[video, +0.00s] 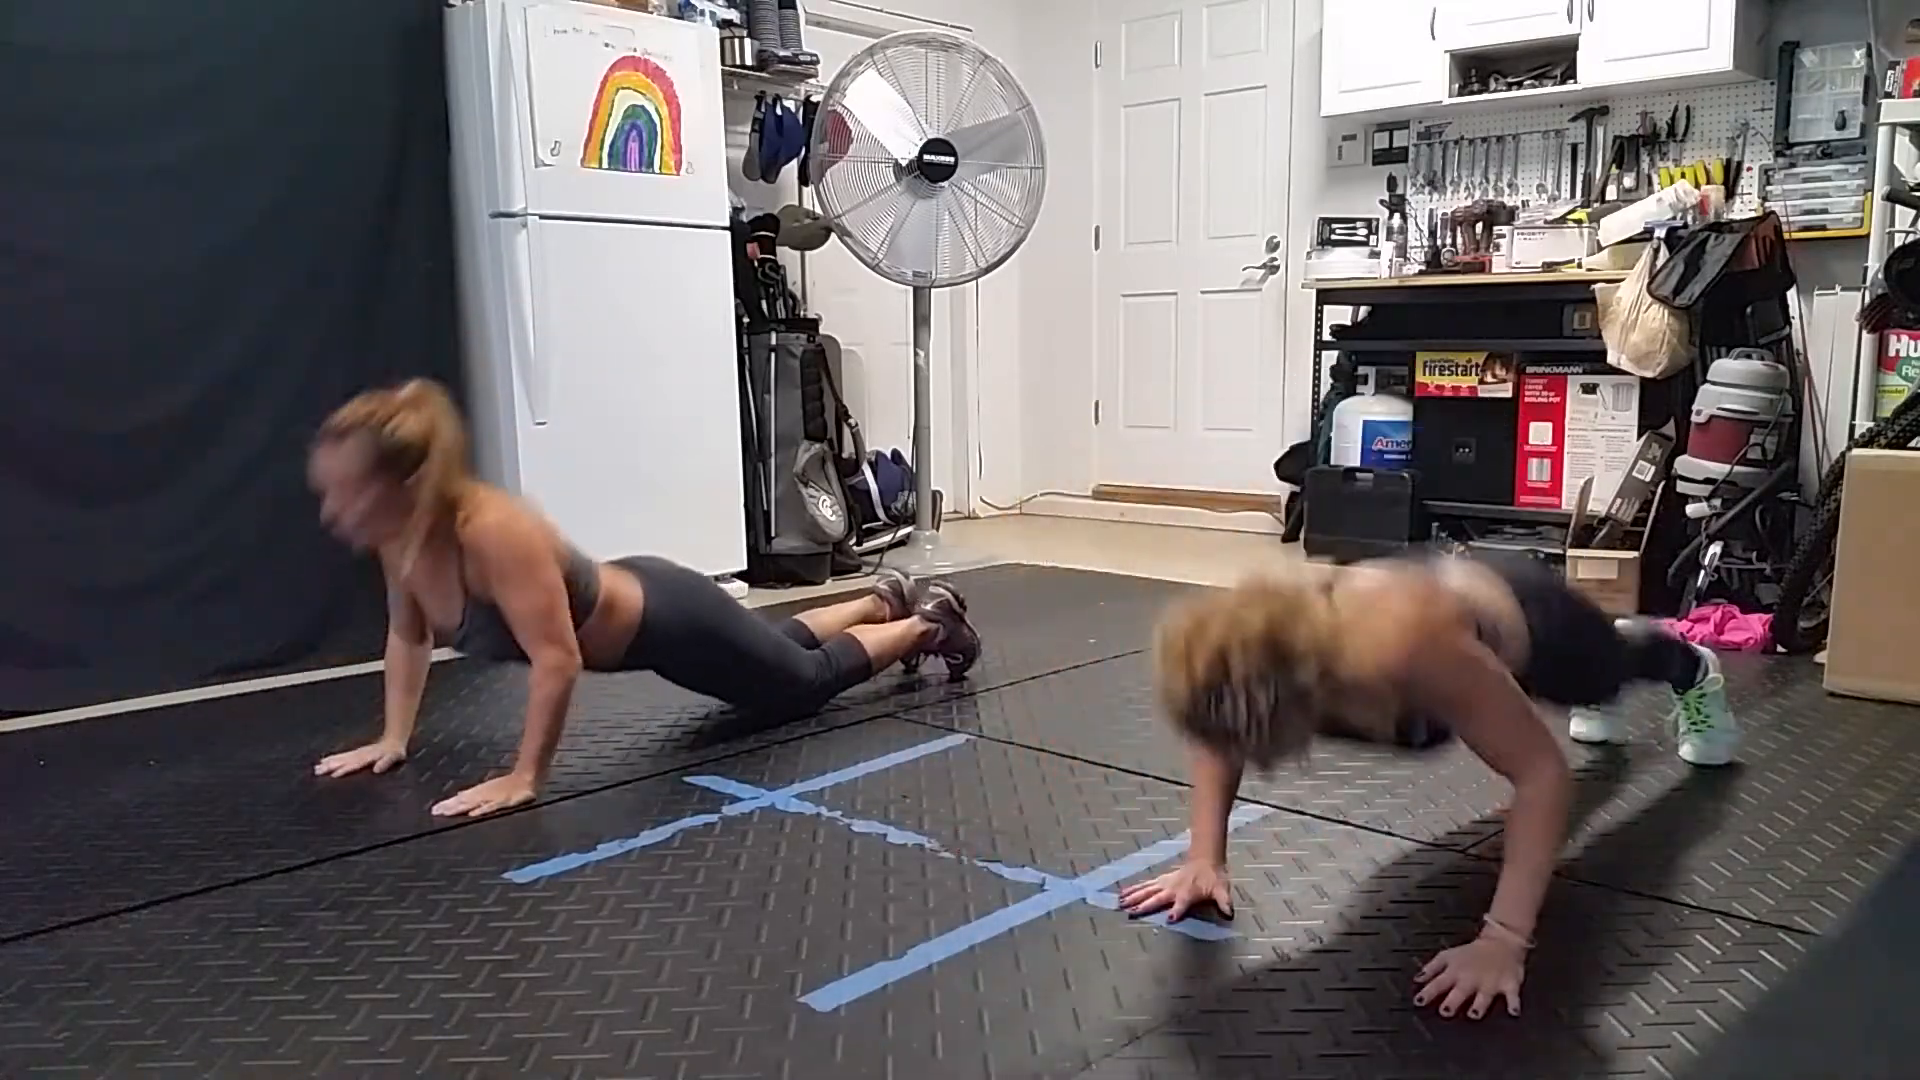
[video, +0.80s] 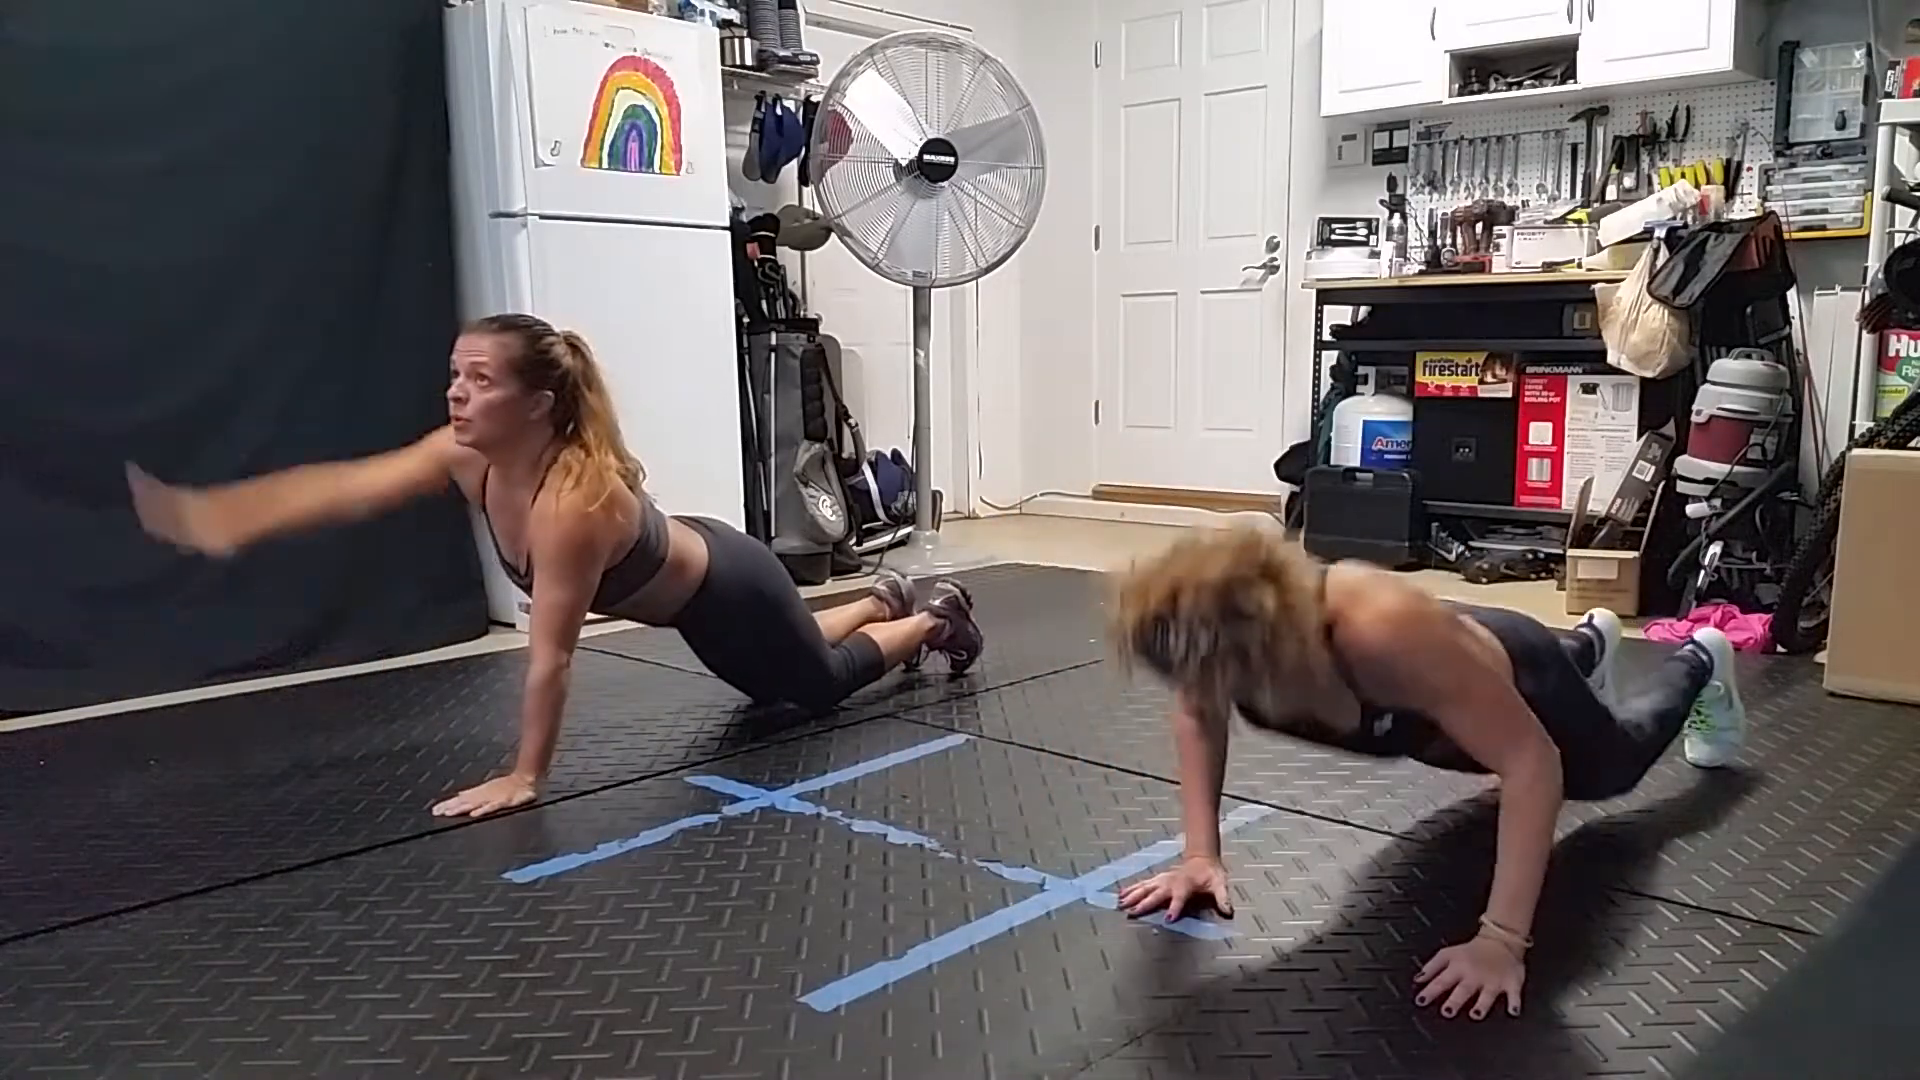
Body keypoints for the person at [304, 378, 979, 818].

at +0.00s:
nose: (326, 511)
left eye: (338, 494)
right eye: (322, 495)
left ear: (397, 482)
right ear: (376, 487)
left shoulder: (493, 530)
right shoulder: (399, 538)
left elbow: (556, 659)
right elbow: (409, 638)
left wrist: (524, 777)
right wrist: (394, 739)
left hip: (674, 623)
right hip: (632, 606)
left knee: (807, 680)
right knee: (773, 643)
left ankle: (924, 627)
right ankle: (878, 598)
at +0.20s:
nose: (409, 414)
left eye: (428, 401)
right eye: (407, 397)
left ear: (490, 412)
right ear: (426, 408)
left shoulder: (545, 506)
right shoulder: (439, 479)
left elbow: (541, 655)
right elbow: (403, 595)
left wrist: (525, 776)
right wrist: (365, 708)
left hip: (704, 602)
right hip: (666, 584)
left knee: (814, 679)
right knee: (775, 648)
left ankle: (924, 622)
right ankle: (877, 600)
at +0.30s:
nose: (436, 395)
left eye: (455, 384)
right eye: (436, 379)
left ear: (521, 406)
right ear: (458, 393)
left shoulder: (555, 506)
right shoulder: (457, 463)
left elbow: (545, 649)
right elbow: (363, 548)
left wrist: (525, 774)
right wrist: (280, 642)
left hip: (718, 602)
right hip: (682, 560)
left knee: (823, 676)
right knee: (785, 619)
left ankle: (924, 626)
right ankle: (882, 597)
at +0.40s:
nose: (450, 394)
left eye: (471, 381)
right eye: (450, 377)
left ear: (533, 399)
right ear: (458, 390)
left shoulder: (566, 504)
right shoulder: (462, 445)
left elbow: (548, 648)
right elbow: (335, 469)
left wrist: (525, 777)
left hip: (724, 592)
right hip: (683, 553)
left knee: (822, 682)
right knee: (778, 610)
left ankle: (924, 626)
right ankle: (880, 602)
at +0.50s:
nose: (452, 392)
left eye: (473, 380)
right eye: (453, 376)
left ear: (536, 403)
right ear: (464, 393)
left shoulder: (567, 502)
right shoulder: (459, 437)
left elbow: (549, 651)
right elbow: (320, 398)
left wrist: (526, 775)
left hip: (729, 590)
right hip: (683, 565)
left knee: (825, 679)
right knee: (783, 642)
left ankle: (929, 624)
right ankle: (887, 602)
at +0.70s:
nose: (454, 391)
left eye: (477, 379)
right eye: (454, 374)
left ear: (538, 401)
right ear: (457, 383)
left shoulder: (571, 504)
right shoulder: (464, 438)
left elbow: (549, 645)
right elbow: (324, 418)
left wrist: (525, 773)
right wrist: (182, 379)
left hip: (733, 593)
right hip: (689, 556)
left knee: (825, 681)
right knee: (785, 630)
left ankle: (929, 627)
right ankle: (890, 599)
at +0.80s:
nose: (456, 397)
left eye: (477, 383)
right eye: (455, 380)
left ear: (538, 401)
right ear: (460, 392)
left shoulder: (574, 502)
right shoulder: (465, 454)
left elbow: (553, 646)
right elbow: (346, 489)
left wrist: (526, 775)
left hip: (731, 595)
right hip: (690, 558)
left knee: (828, 680)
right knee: (787, 623)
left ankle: (926, 626)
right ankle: (882, 599)